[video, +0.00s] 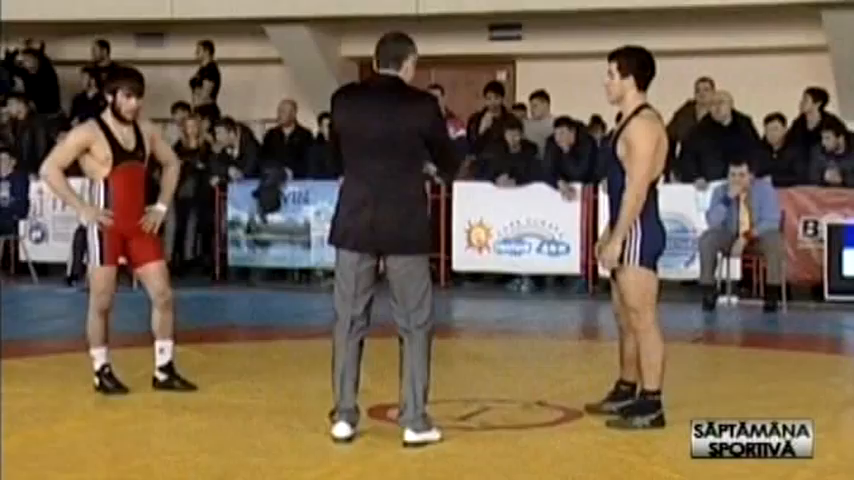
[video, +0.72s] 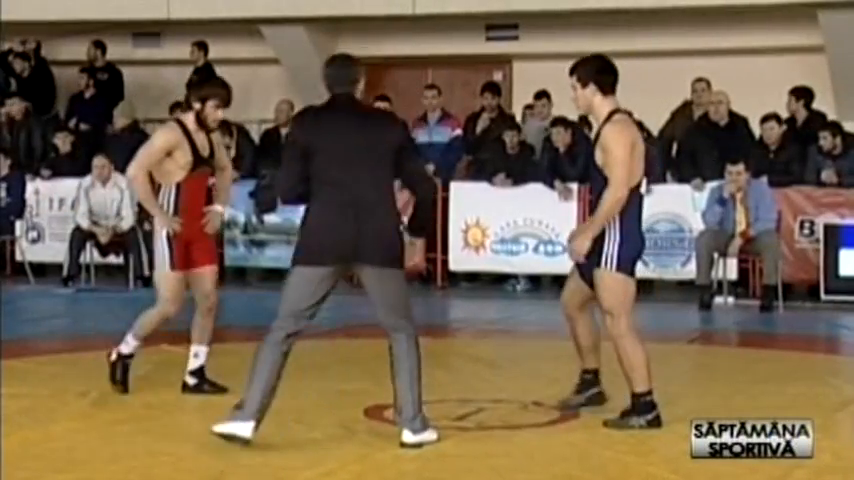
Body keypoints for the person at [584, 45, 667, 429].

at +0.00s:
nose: (606, 82)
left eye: (612, 75)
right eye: (607, 75)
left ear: (631, 79)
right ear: (628, 80)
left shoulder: (643, 125)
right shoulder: (627, 123)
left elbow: (637, 189)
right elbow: (624, 186)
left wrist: (617, 237)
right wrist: (611, 235)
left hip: (639, 227)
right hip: (624, 224)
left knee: (641, 315)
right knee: (625, 313)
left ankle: (650, 398)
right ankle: (628, 384)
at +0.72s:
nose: (573, 95)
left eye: (575, 87)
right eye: (572, 88)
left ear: (592, 88)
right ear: (599, 88)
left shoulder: (616, 129)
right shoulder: (611, 126)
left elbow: (619, 189)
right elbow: (617, 189)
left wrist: (587, 233)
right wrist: (586, 229)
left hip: (619, 231)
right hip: (606, 229)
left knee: (617, 318)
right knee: (572, 302)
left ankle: (644, 403)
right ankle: (589, 381)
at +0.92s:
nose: (539, 112)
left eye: (542, 104)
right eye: (539, 104)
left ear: (560, 103)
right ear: (568, 103)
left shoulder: (584, 139)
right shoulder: (587, 135)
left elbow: (582, 195)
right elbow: (584, 194)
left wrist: (542, 228)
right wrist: (544, 225)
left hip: (600, 241)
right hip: (588, 239)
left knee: (597, 327)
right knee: (548, 311)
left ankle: (641, 404)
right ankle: (520, 381)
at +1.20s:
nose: (461, 150)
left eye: (464, 142)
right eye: (460, 143)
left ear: (484, 139)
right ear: (488, 138)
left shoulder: (509, 164)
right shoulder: (514, 157)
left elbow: (506, 222)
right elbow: (512, 213)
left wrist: (466, 226)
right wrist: (476, 224)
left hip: (566, 249)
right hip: (546, 251)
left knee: (575, 334)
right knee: (502, 313)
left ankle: (633, 400)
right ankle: (483, 389)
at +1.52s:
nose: (424, 222)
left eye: (423, 216)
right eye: (420, 217)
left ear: (435, 209)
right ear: (442, 199)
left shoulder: (466, 216)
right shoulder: (464, 208)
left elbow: (473, 274)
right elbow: (478, 263)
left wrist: (429, 257)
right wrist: (437, 246)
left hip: (554, 268)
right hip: (530, 273)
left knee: (579, 346)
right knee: (472, 310)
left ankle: (648, 401)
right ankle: (478, 391)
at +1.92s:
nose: (525, 110)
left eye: (533, 106)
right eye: (528, 105)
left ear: (548, 117)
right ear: (545, 116)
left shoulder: (544, 149)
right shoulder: (535, 146)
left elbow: (483, 158)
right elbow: (489, 157)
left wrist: (485, 118)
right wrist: (491, 119)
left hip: (551, 247)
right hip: (522, 248)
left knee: (572, 335)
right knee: (472, 317)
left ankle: (630, 397)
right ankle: (471, 390)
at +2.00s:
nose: (541, 97)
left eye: (548, 93)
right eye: (542, 91)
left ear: (565, 103)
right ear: (547, 99)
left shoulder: (569, 134)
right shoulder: (541, 128)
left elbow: (506, 151)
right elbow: (507, 150)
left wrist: (511, 109)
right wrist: (512, 100)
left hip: (574, 242)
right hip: (538, 241)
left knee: (595, 328)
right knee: (492, 311)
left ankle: (641, 397)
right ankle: (481, 382)